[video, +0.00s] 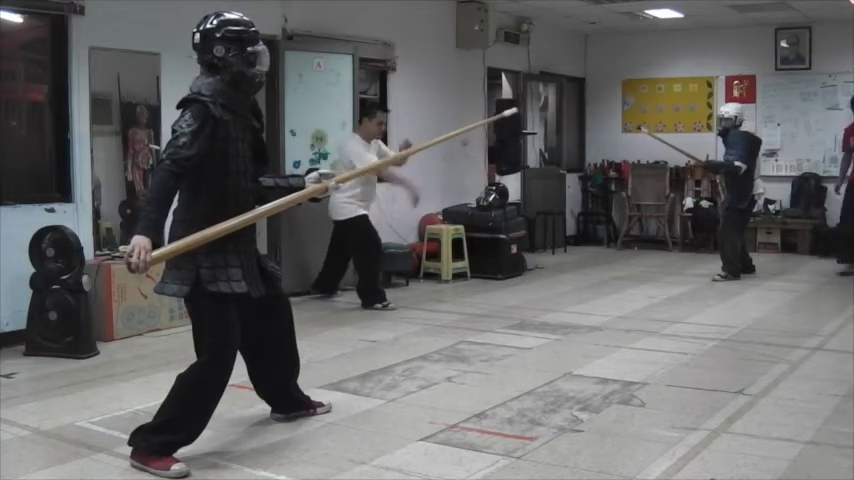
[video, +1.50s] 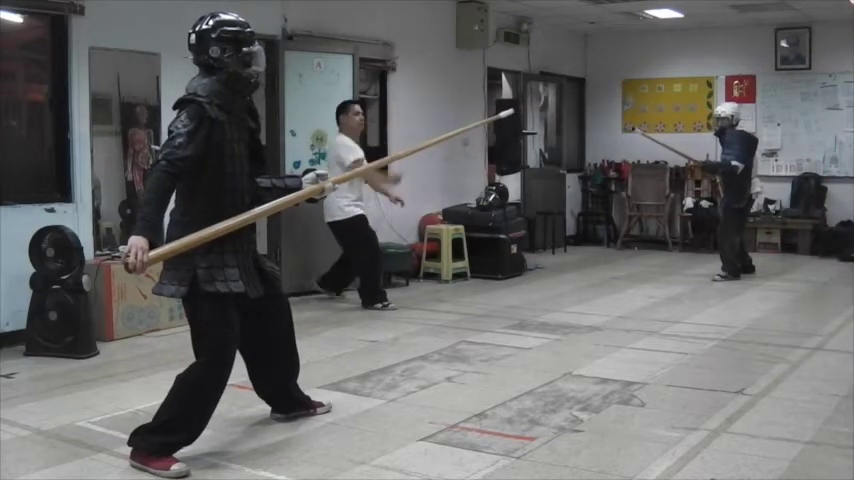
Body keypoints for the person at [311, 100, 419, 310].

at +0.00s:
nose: (383, 129)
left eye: (383, 125)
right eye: (379, 124)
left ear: (372, 124)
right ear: (364, 123)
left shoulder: (375, 144)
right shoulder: (352, 145)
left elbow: (396, 161)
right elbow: (378, 171)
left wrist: (404, 152)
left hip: (359, 206)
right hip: (345, 206)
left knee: (340, 250)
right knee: (370, 245)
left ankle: (323, 287)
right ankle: (371, 298)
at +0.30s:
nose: (378, 130)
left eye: (379, 126)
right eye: (375, 126)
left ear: (377, 128)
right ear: (362, 124)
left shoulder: (373, 148)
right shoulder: (346, 144)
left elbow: (387, 168)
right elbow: (368, 124)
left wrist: (400, 184)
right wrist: (388, 102)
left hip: (356, 208)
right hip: (344, 209)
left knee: (336, 252)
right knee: (371, 247)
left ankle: (320, 287)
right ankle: (371, 298)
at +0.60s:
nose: (374, 127)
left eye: (376, 123)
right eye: (370, 121)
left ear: (374, 124)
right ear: (356, 121)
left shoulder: (368, 149)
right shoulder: (346, 143)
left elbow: (382, 170)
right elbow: (375, 138)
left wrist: (400, 182)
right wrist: (398, 119)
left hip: (355, 208)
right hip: (345, 208)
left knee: (337, 251)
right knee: (370, 247)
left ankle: (321, 287)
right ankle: (371, 298)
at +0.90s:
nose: (371, 120)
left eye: (372, 117)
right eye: (366, 116)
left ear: (373, 120)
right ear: (352, 121)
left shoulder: (368, 150)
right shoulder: (347, 143)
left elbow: (382, 171)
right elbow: (376, 139)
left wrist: (400, 182)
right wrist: (401, 124)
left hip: (355, 208)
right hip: (345, 208)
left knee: (337, 252)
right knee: (370, 246)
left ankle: (321, 288)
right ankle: (371, 298)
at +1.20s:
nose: (372, 120)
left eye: (372, 117)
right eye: (366, 117)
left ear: (373, 120)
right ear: (352, 121)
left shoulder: (367, 149)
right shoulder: (348, 141)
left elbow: (382, 172)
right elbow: (376, 142)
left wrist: (399, 184)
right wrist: (401, 130)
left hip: (355, 207)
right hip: (345, 208)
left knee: (338, 252)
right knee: (371, 245)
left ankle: (320, 289)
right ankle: (372, 298)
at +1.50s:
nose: (361, 118)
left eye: (362, 114)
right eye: (356, 114)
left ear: (362, 120)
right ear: (342, 120)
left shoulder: (346, 143)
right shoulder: (344, 144)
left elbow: (364, 175)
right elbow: (363, 172)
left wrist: (387, 186)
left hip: (344, 208)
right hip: (344, 208)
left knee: (357, 250)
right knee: (368, 247)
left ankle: (330, 283)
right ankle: (372, 298)